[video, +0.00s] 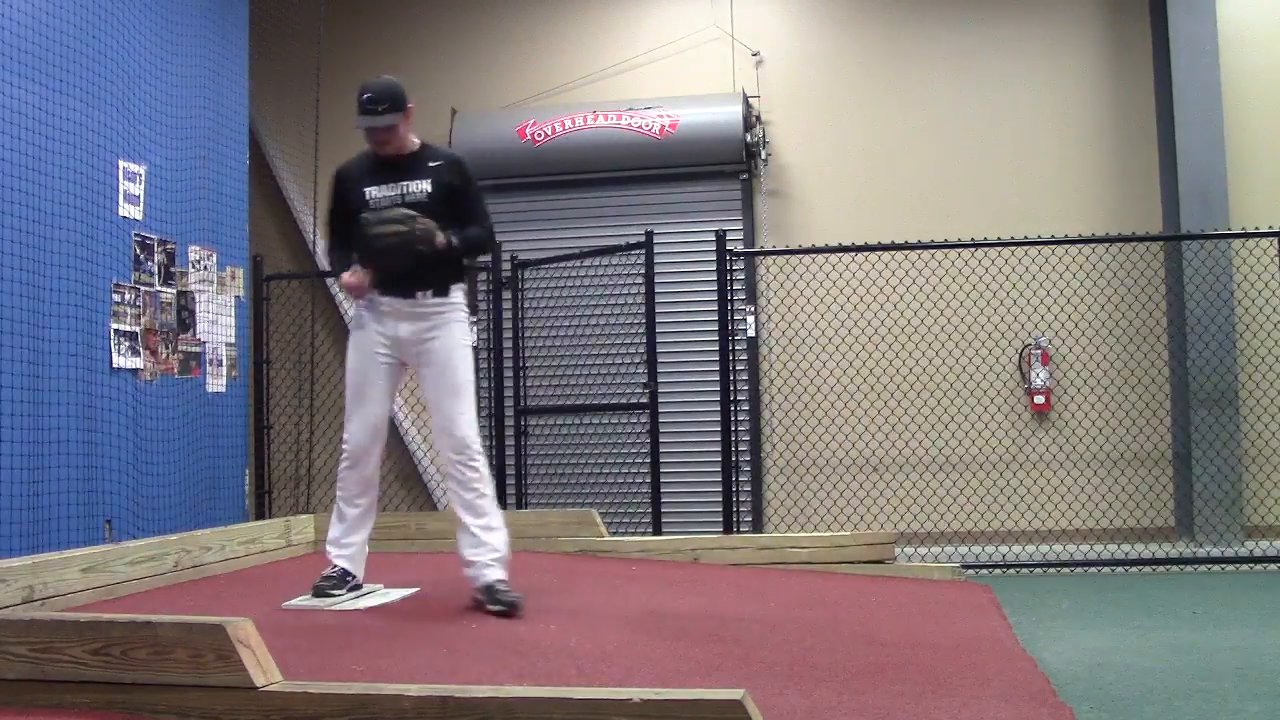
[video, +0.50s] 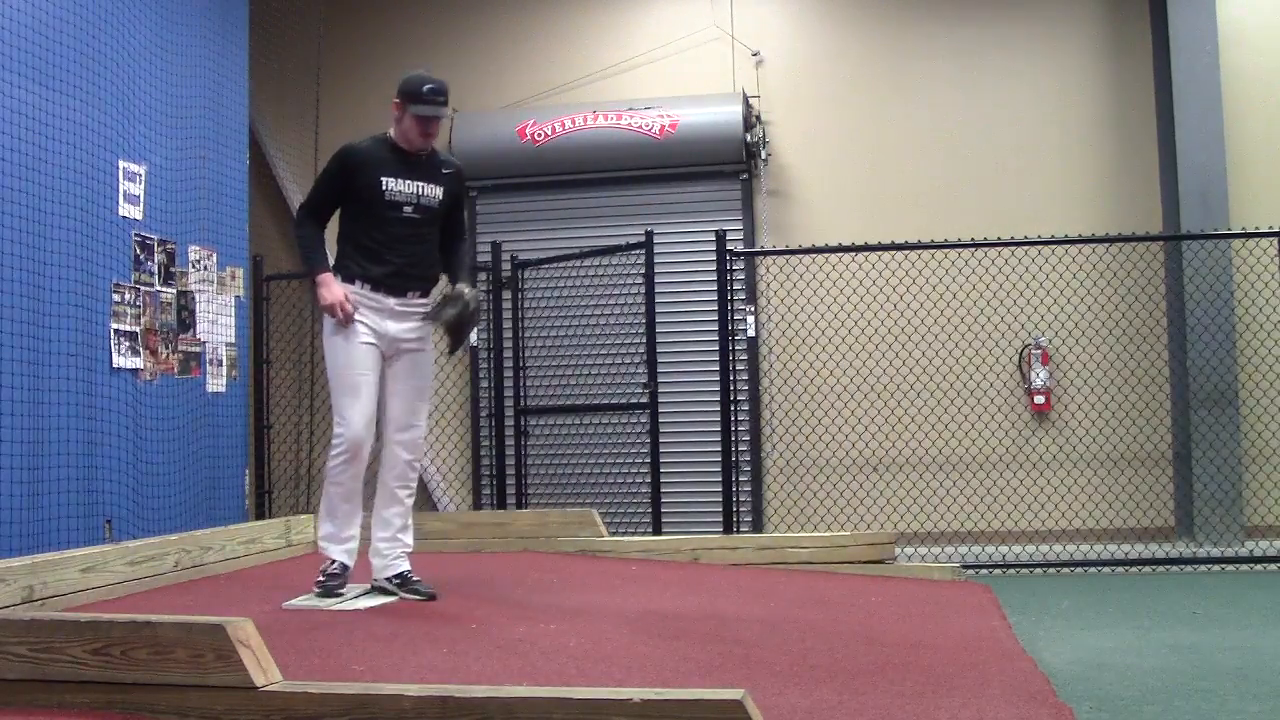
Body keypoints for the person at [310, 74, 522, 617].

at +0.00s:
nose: (378, 137)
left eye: (386, 127)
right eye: (370, 129)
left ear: (408, 116)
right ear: (360, 124)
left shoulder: (448, 169)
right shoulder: (349, 178)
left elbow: (484, 237)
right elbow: (338, 244)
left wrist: (444, 240)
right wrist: (347, 269)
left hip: (441, 320)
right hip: (373, 320)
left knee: (462, 444)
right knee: (359, 444)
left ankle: (489, 574)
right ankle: (344, 566)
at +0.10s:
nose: (373, 137)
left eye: (383, 128)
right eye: (365, 128)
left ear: (403, 118)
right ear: (353, 121)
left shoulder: (437, 164)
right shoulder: (338, 172)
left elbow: (468, 223)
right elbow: (317, 238)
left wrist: (451, 247)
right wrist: (327, 282)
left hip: (432, 314)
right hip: (366, 314)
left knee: (451, 433)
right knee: (357, 442)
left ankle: (450, 568)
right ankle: (344, 565)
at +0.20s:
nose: (381, 136)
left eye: (389, 127)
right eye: (372, 127)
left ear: (406, 118)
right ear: (358, 119)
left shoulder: (437, 166)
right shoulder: (335, 169)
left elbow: (459, 228)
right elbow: (305, 232)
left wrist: (464, 253)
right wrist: (320, 281)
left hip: (428, 314)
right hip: (363, 314)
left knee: (440, 430)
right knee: (356, 442)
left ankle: (413, 557)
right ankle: (344, 564)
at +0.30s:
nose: (397, 135)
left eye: (405, 127)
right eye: (388, 127)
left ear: (419, 119)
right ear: (371, 116)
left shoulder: (438, 165)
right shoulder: (340, 165)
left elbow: (455, 227)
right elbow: (302, 227)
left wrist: (468, 260)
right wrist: (319, 279)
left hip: (423, 316)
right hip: (360, 314)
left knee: (424, 438)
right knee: (355, 442)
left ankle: (397, 561)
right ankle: (343, 564)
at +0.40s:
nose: (414, 132)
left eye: (423, 124)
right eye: (406, 123)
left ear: (434, 121)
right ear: (386, 114)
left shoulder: (445, 172)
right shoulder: (351, 161)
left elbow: (454, 237)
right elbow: (307, 224)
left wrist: (467, 276)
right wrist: (321, 279)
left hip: (419, 318)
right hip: (358, 314)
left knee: (413, 444)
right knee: (356, 440)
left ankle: (394, 563)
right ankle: (342, 562)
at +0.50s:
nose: (430, 128)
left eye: (437, 120)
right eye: (421, 119)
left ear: (445, 118)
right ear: (397, 111)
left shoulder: (449, 176)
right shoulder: (357, 159)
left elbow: (455, 244)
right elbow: (308, 221)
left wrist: (461, 290)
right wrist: (323, 279)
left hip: (417, 319)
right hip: (357, 313)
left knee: (405, 444)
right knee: (356, 436)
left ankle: (391, 564)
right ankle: (337, 559)